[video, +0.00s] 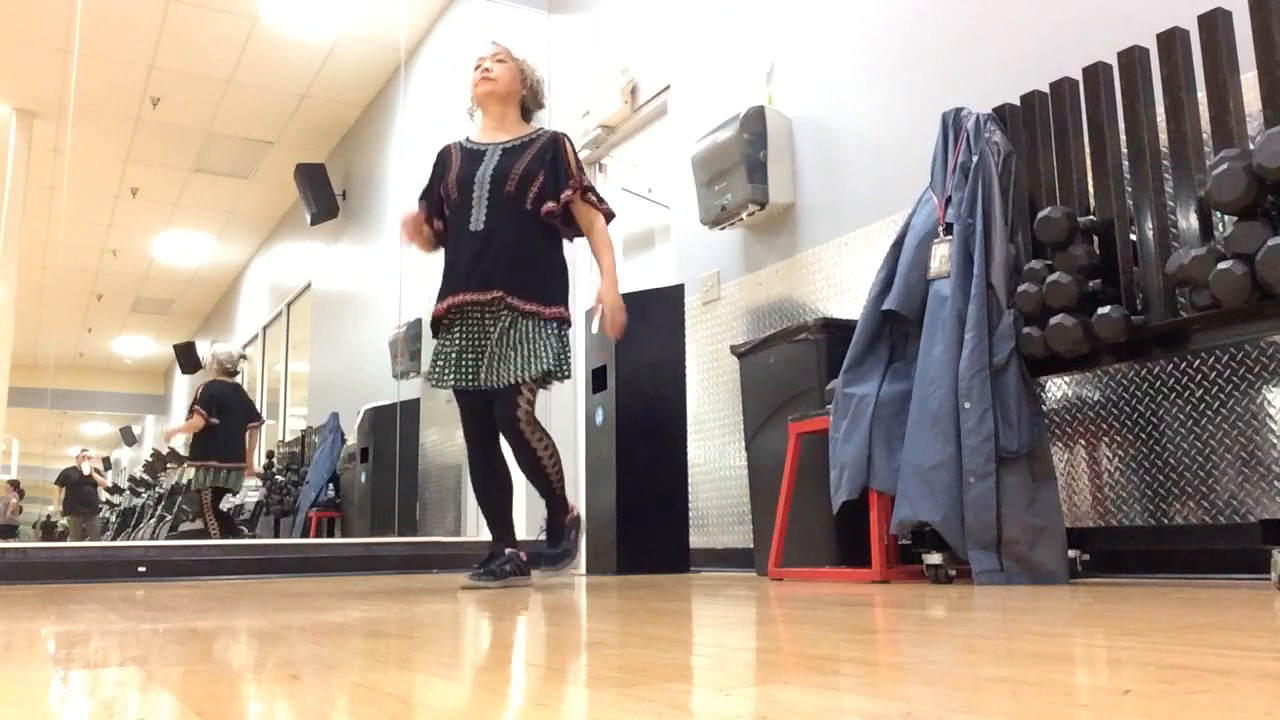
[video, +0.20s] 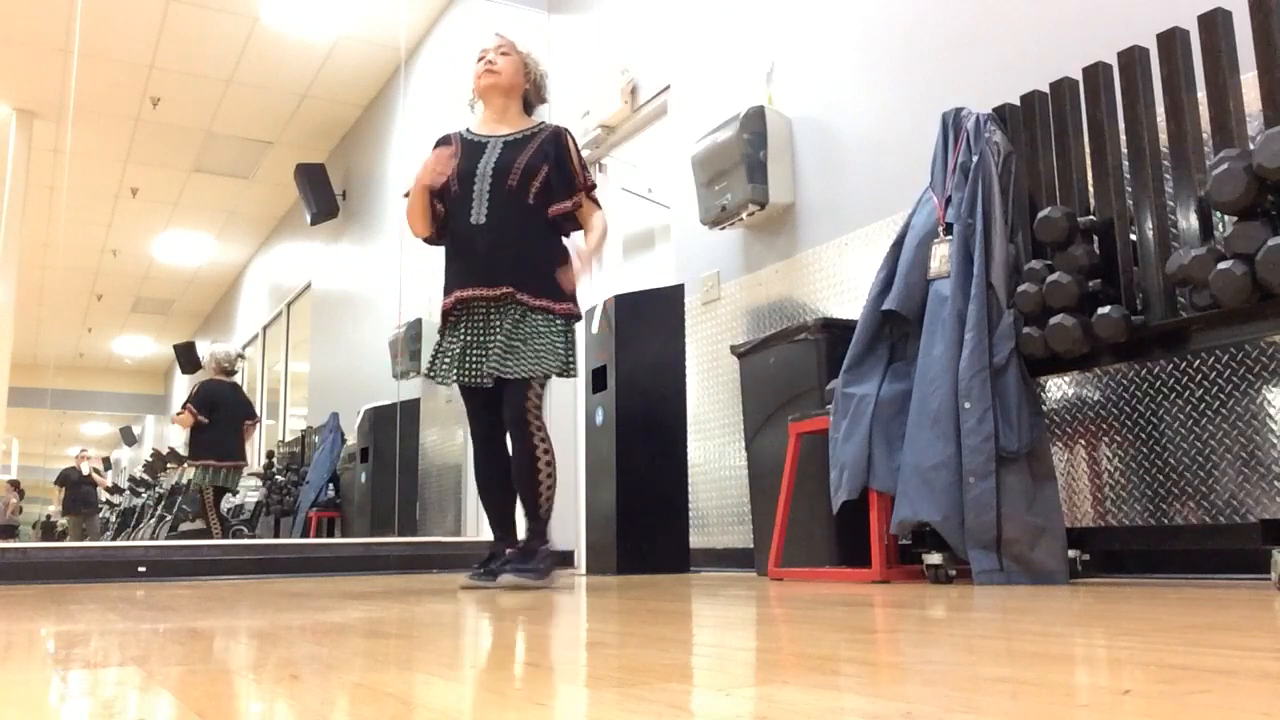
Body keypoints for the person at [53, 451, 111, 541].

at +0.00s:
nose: (86, 460)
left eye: (88, 458)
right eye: (83, 457)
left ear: (91, 459)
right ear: (77, 458)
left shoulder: (95, 471)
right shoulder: (68, 472)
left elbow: (104, 484)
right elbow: (59, 489)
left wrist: (92, 473)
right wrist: (57, 506)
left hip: (92, 510)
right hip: (74, 511)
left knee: (95, 538)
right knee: (75, 539)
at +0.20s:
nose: (85, 460)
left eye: (87, 458)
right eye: (82, 457)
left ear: (90, 459)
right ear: (76, 458)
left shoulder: (94, 471)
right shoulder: (67, 472)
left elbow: (104, 484)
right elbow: (59, 489)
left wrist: (91, 473)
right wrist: (57, 506)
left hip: (92, 511)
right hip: (73, 512)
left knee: (95, 538)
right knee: (75, 540)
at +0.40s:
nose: (84, 461)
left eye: (87, 458)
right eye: (81, 458)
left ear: (89, 459)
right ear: (75, 459)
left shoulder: (93, 471)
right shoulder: (67, 472)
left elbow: (103, 484)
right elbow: (58, 490)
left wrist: (91, 474)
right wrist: (56, 507)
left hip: (91, 512)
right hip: (73, 513)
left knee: (95, 539)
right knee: (74, 541)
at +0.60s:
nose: (84, 460)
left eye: (87, 458)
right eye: (81, 458)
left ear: (90, 460)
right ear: (75, 459)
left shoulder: (94, 471)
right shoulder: (67, 472)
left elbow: (103, 484)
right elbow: (58, 490)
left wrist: (91, 473)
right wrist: (54, 507)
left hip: (91, 512)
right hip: (73, 513)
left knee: (95, 540)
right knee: (74, 541)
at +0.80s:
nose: (84, 460)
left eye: (87, 458)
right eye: (82, 458)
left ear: (90, 460)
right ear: (76, 459)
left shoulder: (94, 471)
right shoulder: (67, 472)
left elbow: (103, 484)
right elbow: (58, 490)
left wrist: (91, 473)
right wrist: (54, 507)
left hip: (91, 512)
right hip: (73, 513)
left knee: (95, 540)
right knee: (74, 542)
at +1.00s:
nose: (84, 460)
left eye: (87, 458)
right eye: (82, 458)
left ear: (90, 460)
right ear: (76, 459)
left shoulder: (94, 471)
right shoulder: (67, 472)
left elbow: (103, 484)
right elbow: (58, 490)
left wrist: (91, 473)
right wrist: (56, 507)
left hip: (91, 512)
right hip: (73, 512)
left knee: (95, 540)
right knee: (74, 541)